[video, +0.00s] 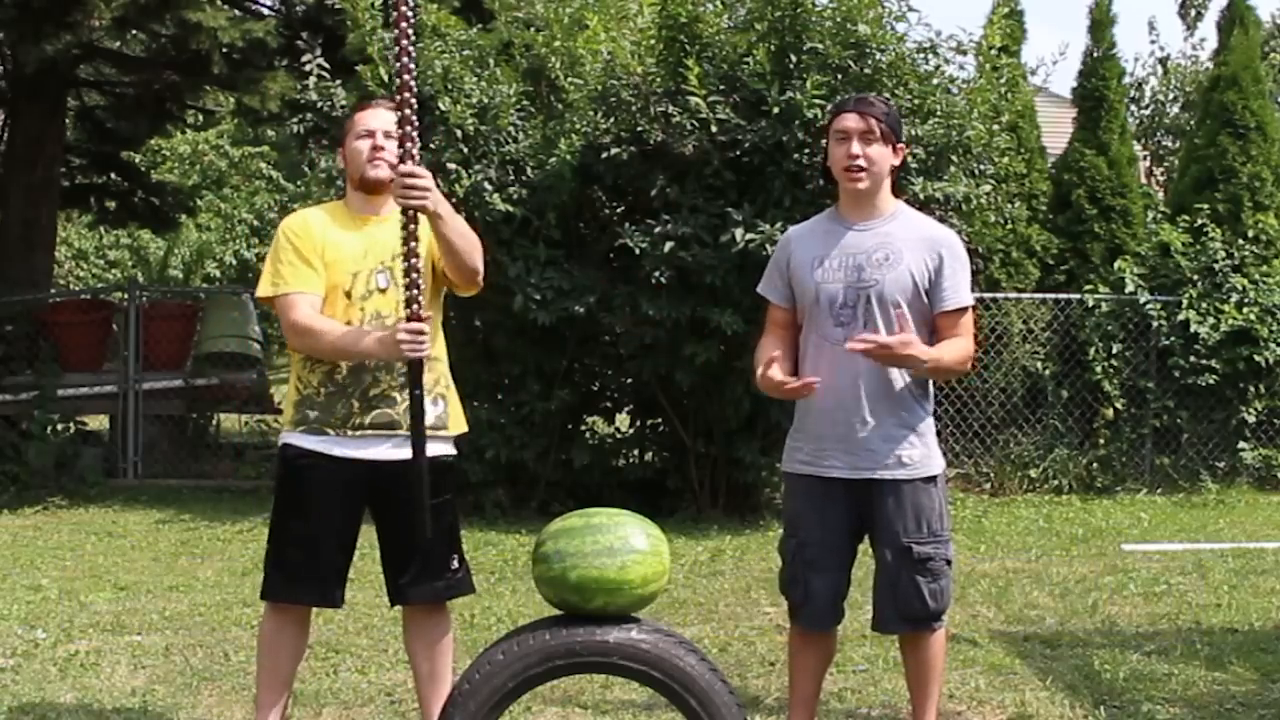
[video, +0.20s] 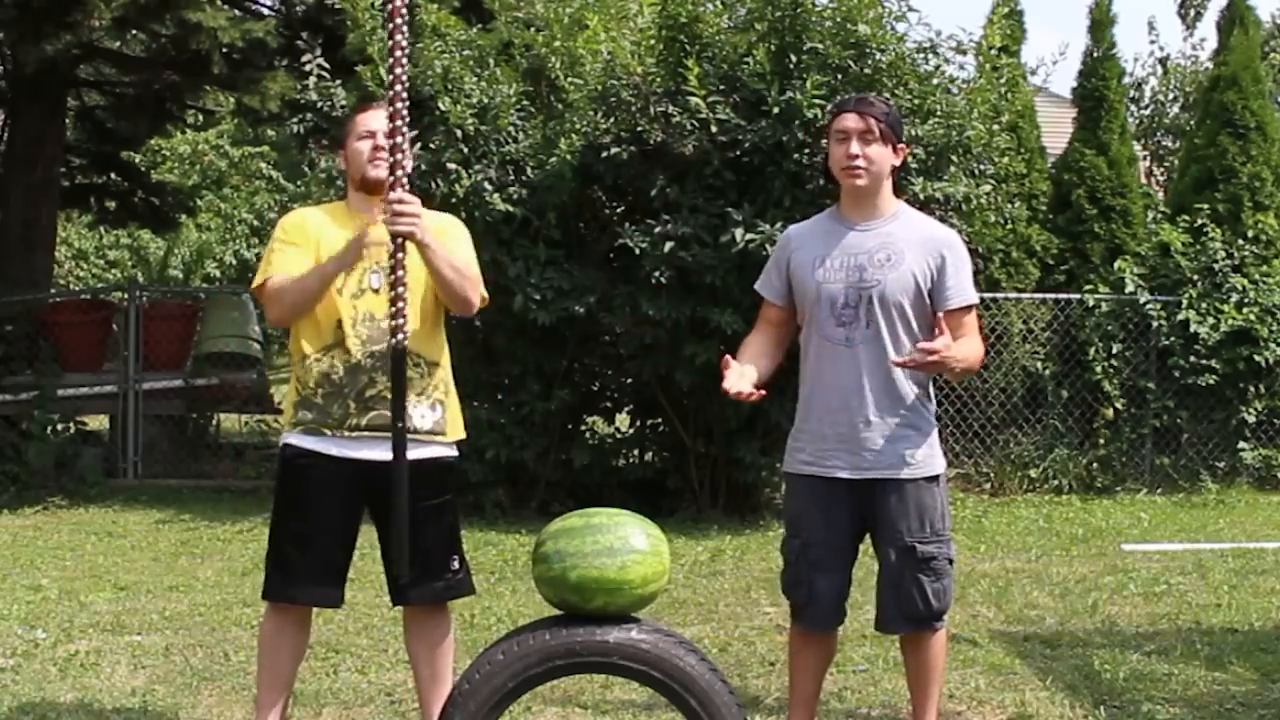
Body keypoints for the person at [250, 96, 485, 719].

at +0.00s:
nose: (381, 145)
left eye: (392, 138)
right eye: (368, 137)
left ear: (405, 153)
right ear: (341, 154)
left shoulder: (428, 221)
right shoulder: (303, 228)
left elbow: (471, 274)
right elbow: (298, 327)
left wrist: (438, 208)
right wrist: (374, 342)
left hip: (418, 443)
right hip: (320, 444)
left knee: (428, 596)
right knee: (291, 596)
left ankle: (438, 714)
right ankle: (269, 714)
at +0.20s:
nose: (382, 146)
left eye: (392, 137)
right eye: (368, 138)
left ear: (407, 152)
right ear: (342, 154)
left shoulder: (442, 228)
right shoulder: (304, 225)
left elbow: (470, 300)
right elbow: (277, 308)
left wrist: (423, 237)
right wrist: (349, 252)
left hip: (420, 443)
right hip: (320, 442)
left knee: (428, 598)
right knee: (291, 597)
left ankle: (438, 715)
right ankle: (269, 714)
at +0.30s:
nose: (379, 149)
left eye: (392, 140)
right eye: (366, 140)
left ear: (414, 157)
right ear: (343, 155)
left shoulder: (444, 231)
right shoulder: (306, 222)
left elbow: (459, 315)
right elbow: (279, 283)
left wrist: (404, 254)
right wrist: (332, 199)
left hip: (420, 446)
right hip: (320, 443)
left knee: (428, 598)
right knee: (290, 596)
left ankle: (438, 716)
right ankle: (269, 715)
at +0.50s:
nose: (389, 152)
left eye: (402, 143)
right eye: (377, 143)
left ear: (423, 158)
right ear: (357, 155)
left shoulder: (452, 234)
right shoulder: (325, 220)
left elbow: (449, 328)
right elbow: (269, 270)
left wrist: (376, 293)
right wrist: (311, 180)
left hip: (418, 446)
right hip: (319, 439)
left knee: (431, 598)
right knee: (292, 595)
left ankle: (437, 716)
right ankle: (269, 714)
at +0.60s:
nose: (391, 157)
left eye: (404, 147)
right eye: (378, 147)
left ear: (427, 159)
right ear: (359, 159)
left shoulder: (455, 235)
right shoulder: (325, 221)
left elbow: (454, 329)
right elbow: (262, 286)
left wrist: (361, 309)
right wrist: (297, 205)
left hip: (420, 450)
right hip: (321, 442)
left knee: (432, 599)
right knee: (293, 595)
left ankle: (438, 717)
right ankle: (269, 715)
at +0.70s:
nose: (390, 161)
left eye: (404, 150)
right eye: (378, 150)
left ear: (428, 160)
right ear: (358, 161)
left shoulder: (459, 236)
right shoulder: (321, 224)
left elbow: (472, 331)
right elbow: (261, 299)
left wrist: (378, 337)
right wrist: (279, 226)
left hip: (423, 452)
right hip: (325, 444)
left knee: (433, 598)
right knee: (291, 596)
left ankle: (438, 717)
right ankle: (269, 715)